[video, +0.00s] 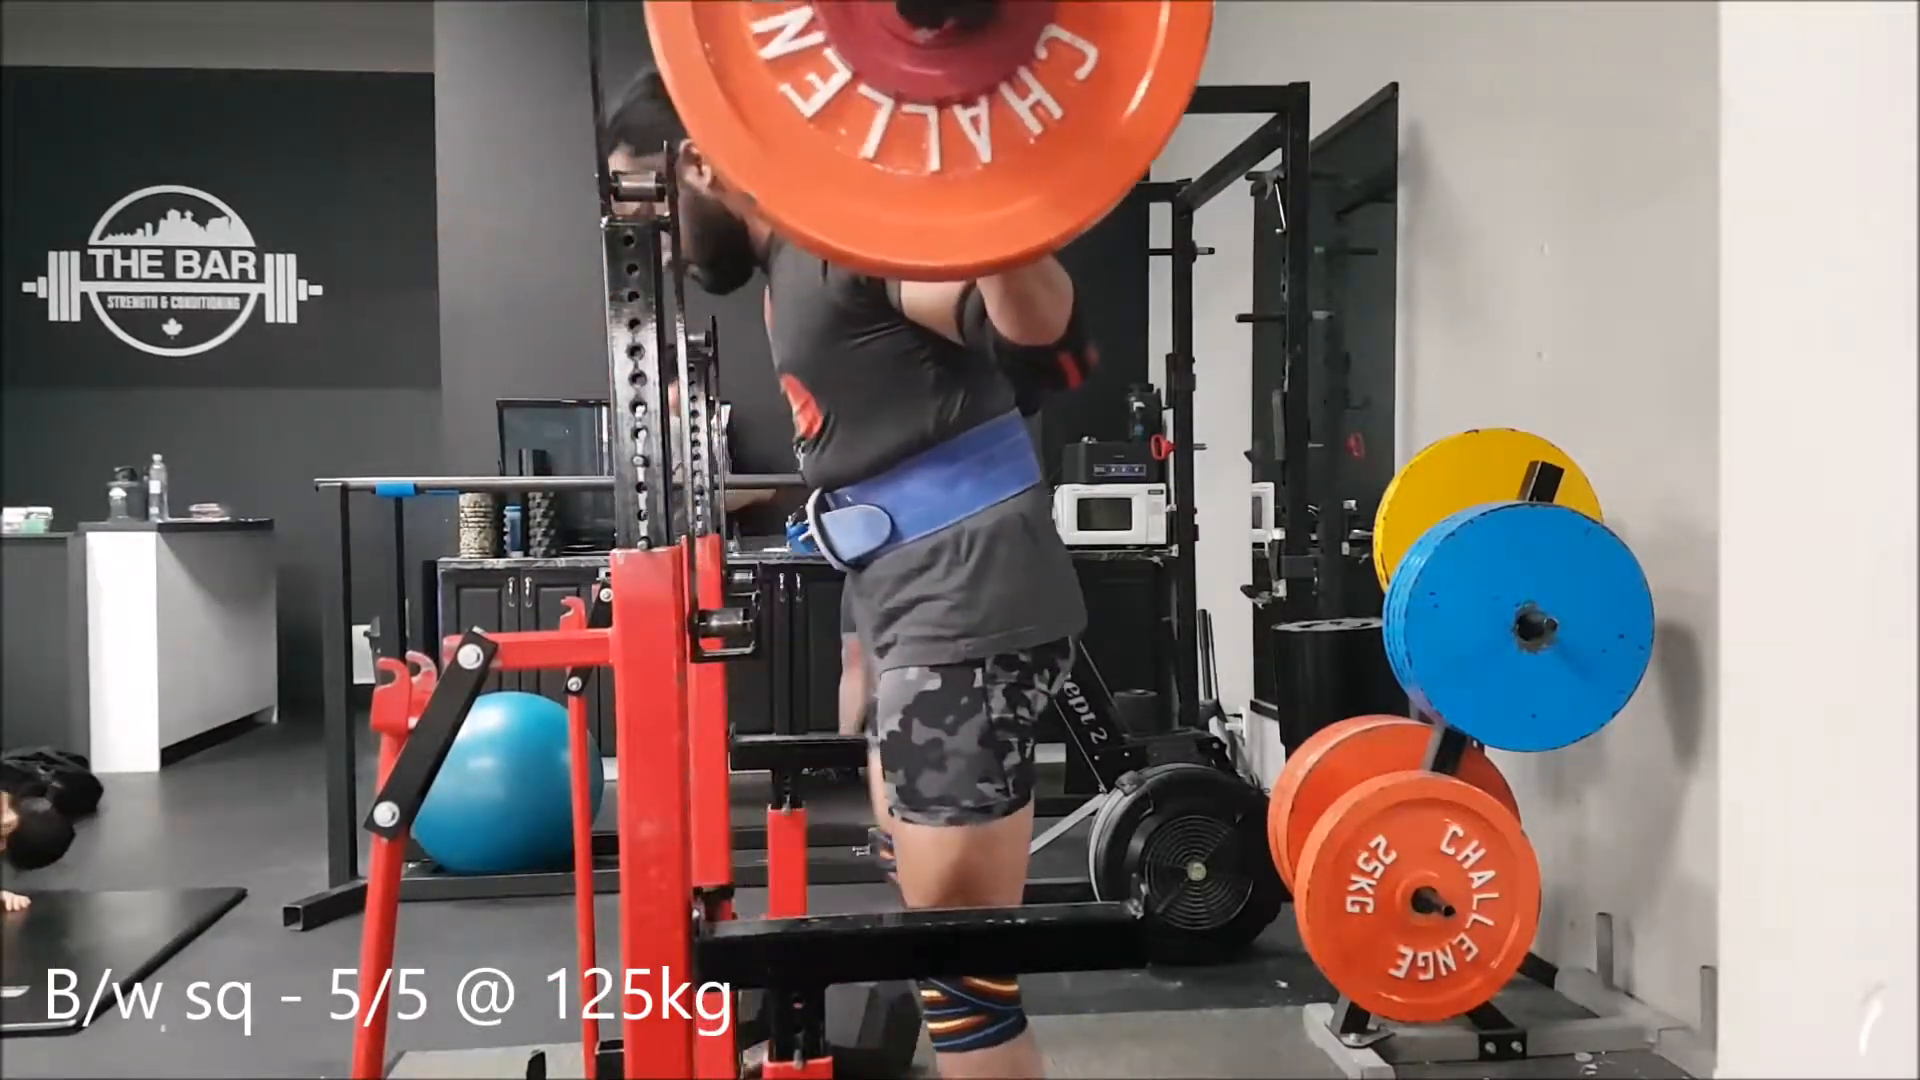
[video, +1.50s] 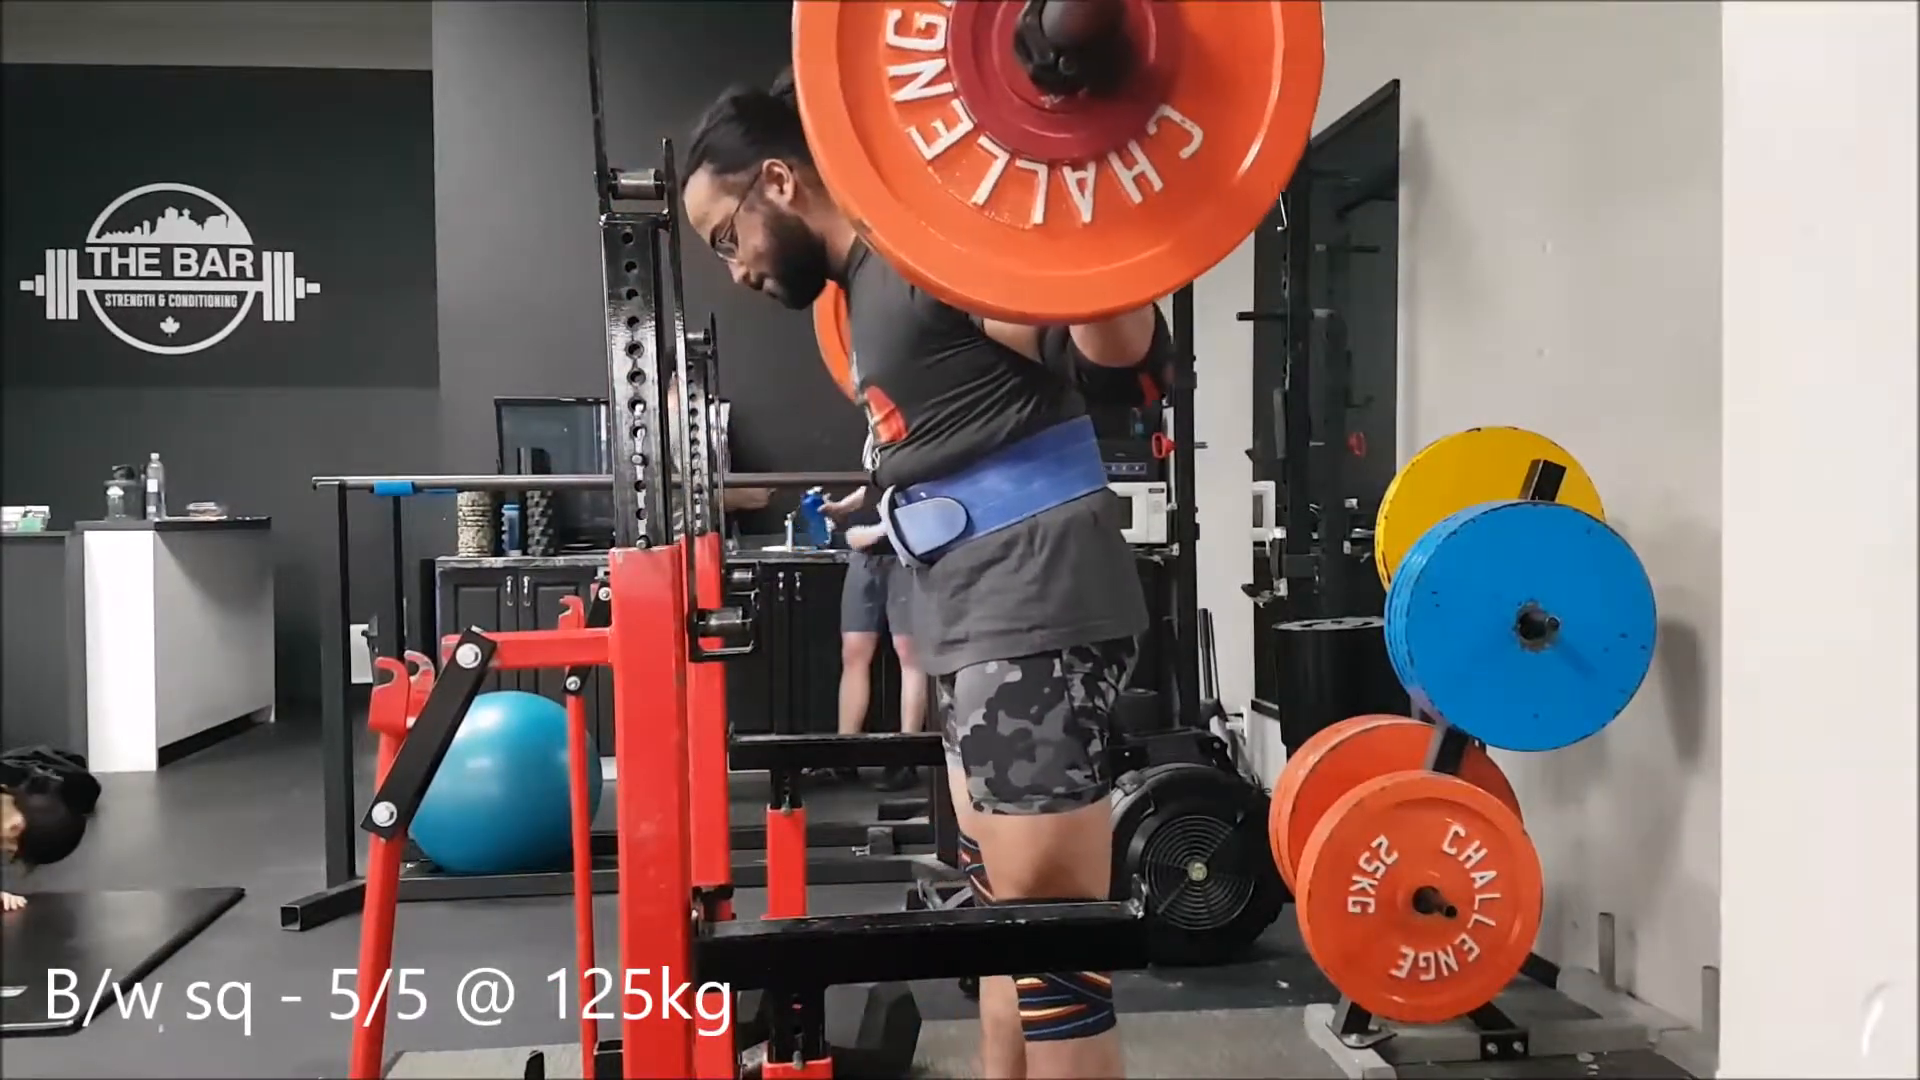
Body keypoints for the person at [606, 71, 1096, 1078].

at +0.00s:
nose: (662, 214)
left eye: (664, 182)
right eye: (645, 196)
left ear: (716, 150)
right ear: (710, 167)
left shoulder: (855, 230)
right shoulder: (787, 264)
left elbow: (1040, 320)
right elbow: (864, 460)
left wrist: (983, 168)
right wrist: (742, 499)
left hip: (965, 587)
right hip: (902, 594)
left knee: (961, 977)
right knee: (943, 957)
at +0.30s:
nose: (692, 263)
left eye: (687, 221)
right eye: (680, 230)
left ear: (733, 182)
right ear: (729, 192)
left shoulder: (864, 243)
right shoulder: (814, 278)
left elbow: (1053, 337)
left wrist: (1007, 184)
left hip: (979, 573)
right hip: (929, 582)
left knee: (977, 950)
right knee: (963, 944)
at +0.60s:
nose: (700, 271)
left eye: (693, 234)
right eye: (685, 246)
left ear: (739, 182)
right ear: (735, 194)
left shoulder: (874, 242)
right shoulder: (822, 274)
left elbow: (1059, 333)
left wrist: (1013, 181)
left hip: (986, 591)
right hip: (928, 596)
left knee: (1005, 943)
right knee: (973, 936)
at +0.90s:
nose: (707, 268)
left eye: (700, 231)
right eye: (690, 243)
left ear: (747, 174)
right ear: (743, 185)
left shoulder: (893, 240)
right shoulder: (830, 282)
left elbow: (1073, 329)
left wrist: (1028, 180)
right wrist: (866, 497)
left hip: (1001, 585)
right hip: (938, 594)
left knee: (1011, 935)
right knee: (982, 928)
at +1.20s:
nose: (722, 267)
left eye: (715, 233)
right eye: (705, 249)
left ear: (765, 172)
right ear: (760, 183)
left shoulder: (910, 240)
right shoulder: (841, 285)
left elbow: (1094, 333)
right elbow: (936, 427)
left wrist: (1061, 190)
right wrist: (869, 496)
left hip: (1017, 606)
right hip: (954, 610)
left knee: (1026, 941)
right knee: (984, 933)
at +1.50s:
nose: (734, 268)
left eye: (726, 235)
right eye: (716, 249)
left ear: (782, 180)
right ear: (778, 185)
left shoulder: (925, 236)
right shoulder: (862, 283)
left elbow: (1121, 338)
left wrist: (1105, 165)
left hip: (1038, 603)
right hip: (971, 611)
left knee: (1051, 948)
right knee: (1001, 935)